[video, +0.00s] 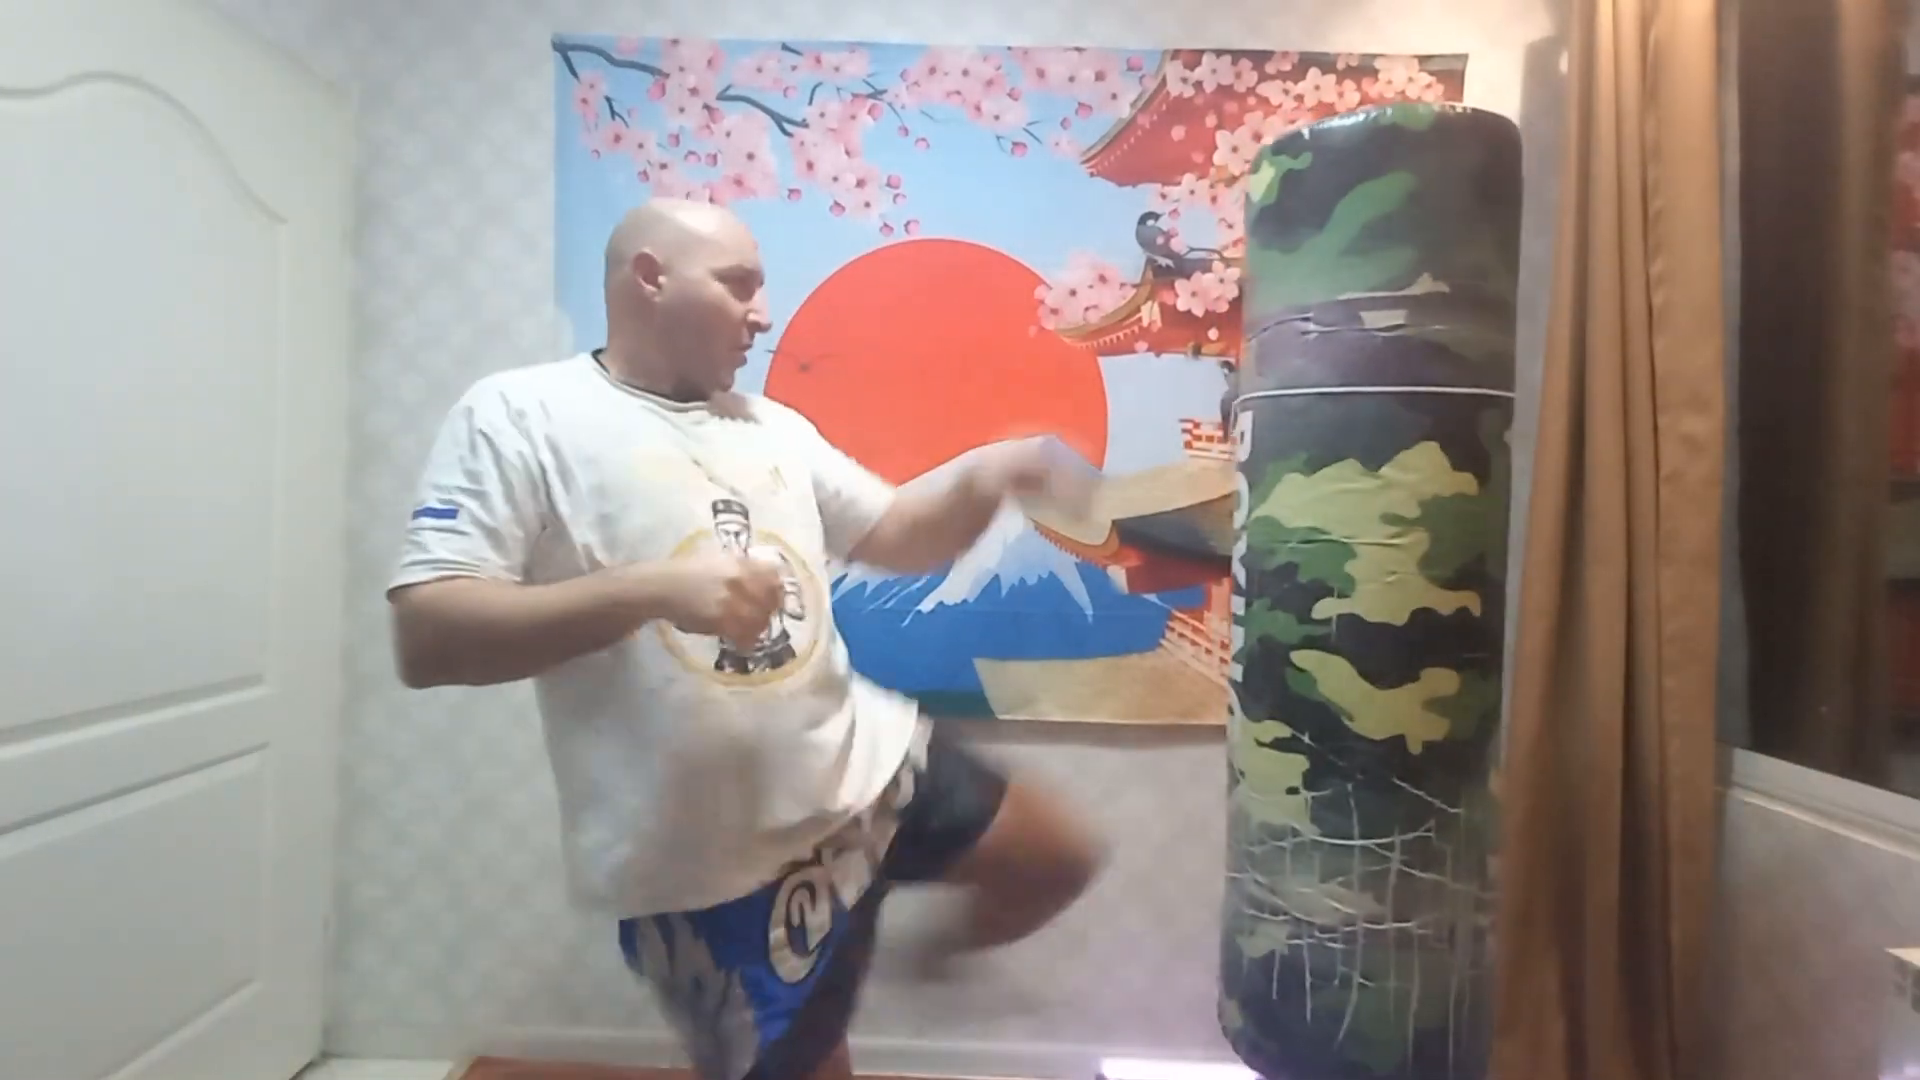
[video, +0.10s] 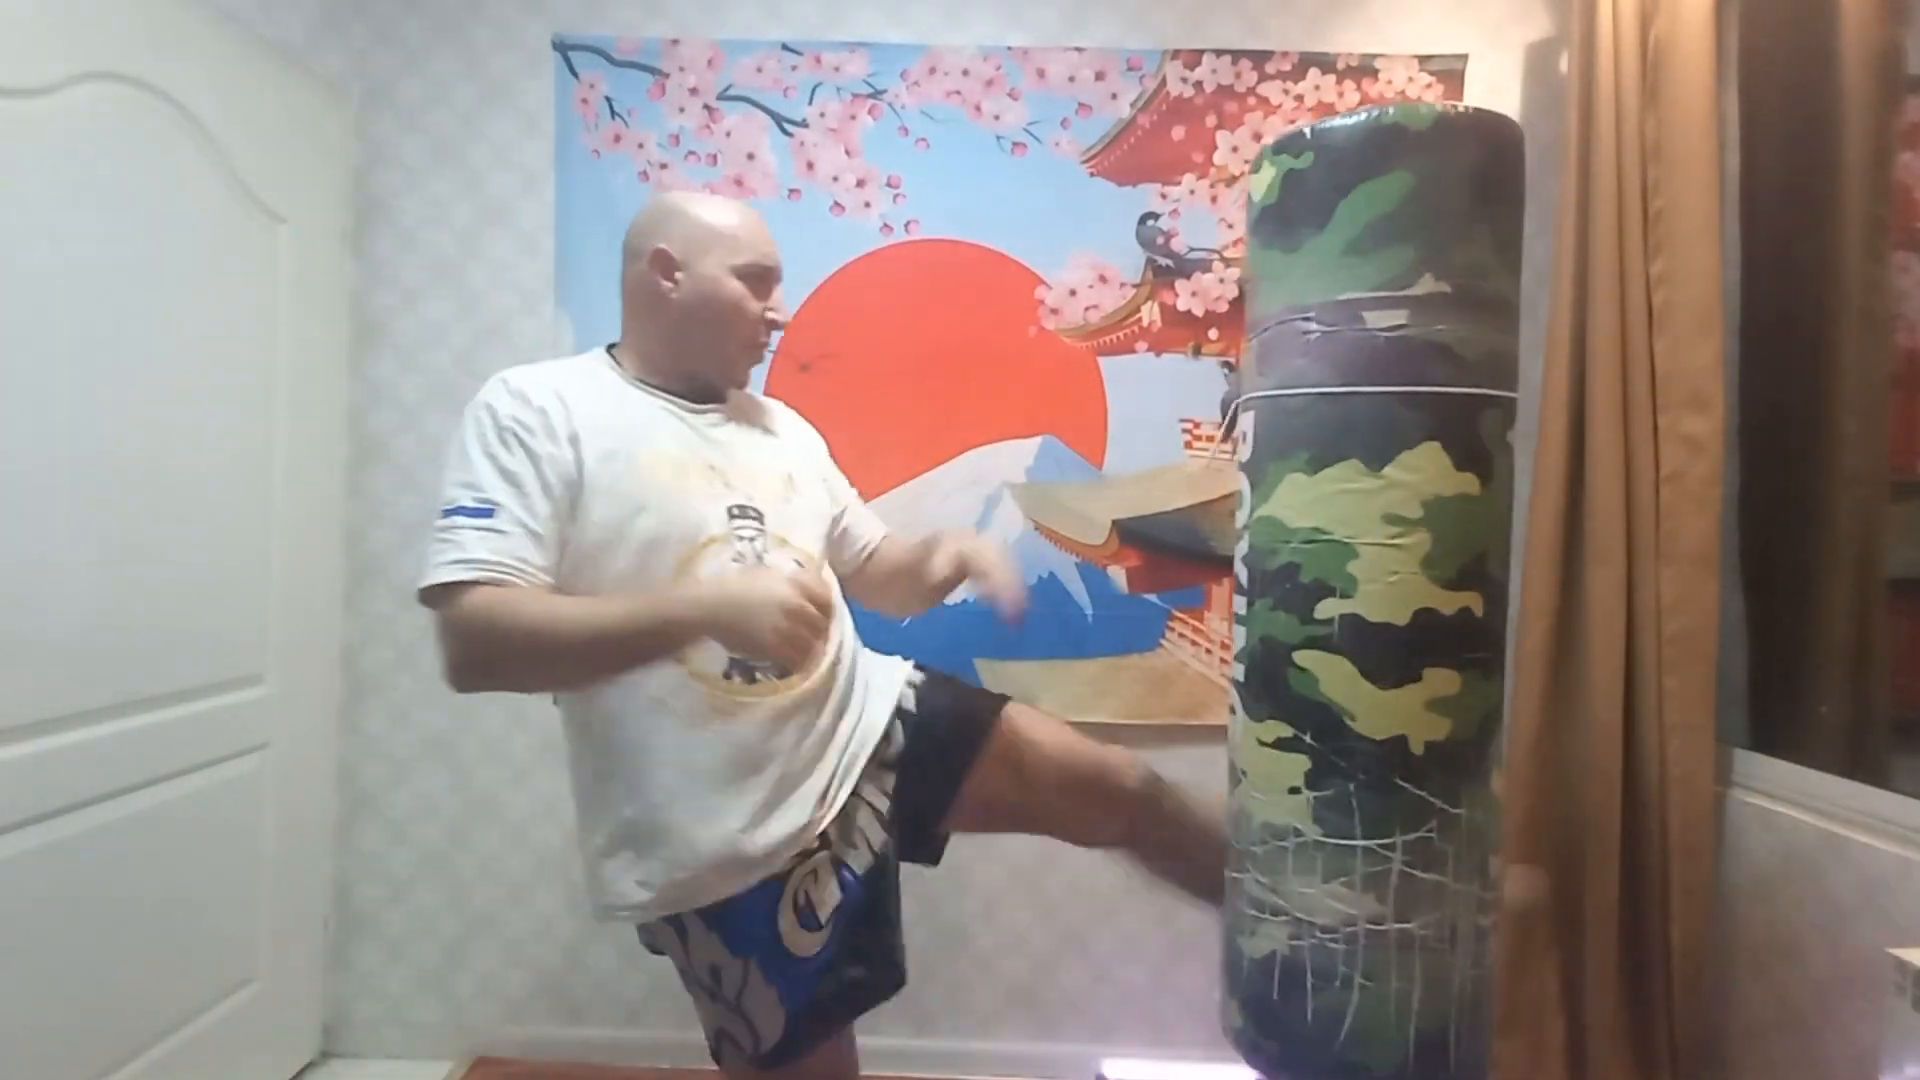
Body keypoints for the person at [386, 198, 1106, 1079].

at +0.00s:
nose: (761, 313)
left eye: (760, 289)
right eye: (738, 284)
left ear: (658, 283)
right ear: (649, 280)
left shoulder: (771, 429)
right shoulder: (516, 420)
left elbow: (893, 534)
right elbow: (429, 637)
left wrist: (986, 476)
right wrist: (654, 587)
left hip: (861, 761)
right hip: (711, 868)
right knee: (806, 1071)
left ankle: (917, 955)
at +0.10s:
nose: (776, 309)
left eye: (776, 286)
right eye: (752, 283)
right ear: (661, 278)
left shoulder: (779, 428)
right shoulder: (530, 414)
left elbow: (873, 565)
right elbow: (476, 641)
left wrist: (948, 553)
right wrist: (705, 606)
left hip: (865, 717)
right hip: (724, 854)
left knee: (1127, 793)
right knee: (814, 1065)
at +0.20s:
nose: (799, 303)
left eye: (799, 279)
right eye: (775, 276)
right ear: (682, 271)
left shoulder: (794, 427)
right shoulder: (549, 410)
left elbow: (875, 564)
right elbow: (514, 650)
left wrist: (917, 556)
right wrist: (760, 672)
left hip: (883, 749)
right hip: (743, 862)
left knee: (1127, 807)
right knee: (818, 1064)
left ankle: (1361, 886)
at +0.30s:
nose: (820, 297)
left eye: (819, 271)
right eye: (797, 266)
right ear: (704, 262)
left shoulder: (818, 418)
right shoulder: (566, 409)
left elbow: (943, 541)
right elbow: (521, 654)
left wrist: (958, 478)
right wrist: (754, 730)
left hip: (891, 770)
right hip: (745, 872)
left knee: (1081, 861)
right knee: (791, 1067)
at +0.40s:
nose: (839, 296)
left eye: (838, 269)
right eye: (819, 266)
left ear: (736, 260)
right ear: (727, 258)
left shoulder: (847, 413)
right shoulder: (580, 410)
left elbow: (990, 469)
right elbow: (503, 647)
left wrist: (1081, 370)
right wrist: (714, 732)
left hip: (884, 804)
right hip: (728, 887)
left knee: (979, 935)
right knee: (777, 1070)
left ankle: (982, 1069)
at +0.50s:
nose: (854, 295)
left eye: (848, 268)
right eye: (831, 268)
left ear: (757, 264)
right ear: (747, 265)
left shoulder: (854, 410)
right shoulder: (611, 409)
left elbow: (1019, 434)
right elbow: (516, 642)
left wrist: (1162, 356)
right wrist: (747, 680)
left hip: (858, 853)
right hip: (724, 893)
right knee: (732, 1065)